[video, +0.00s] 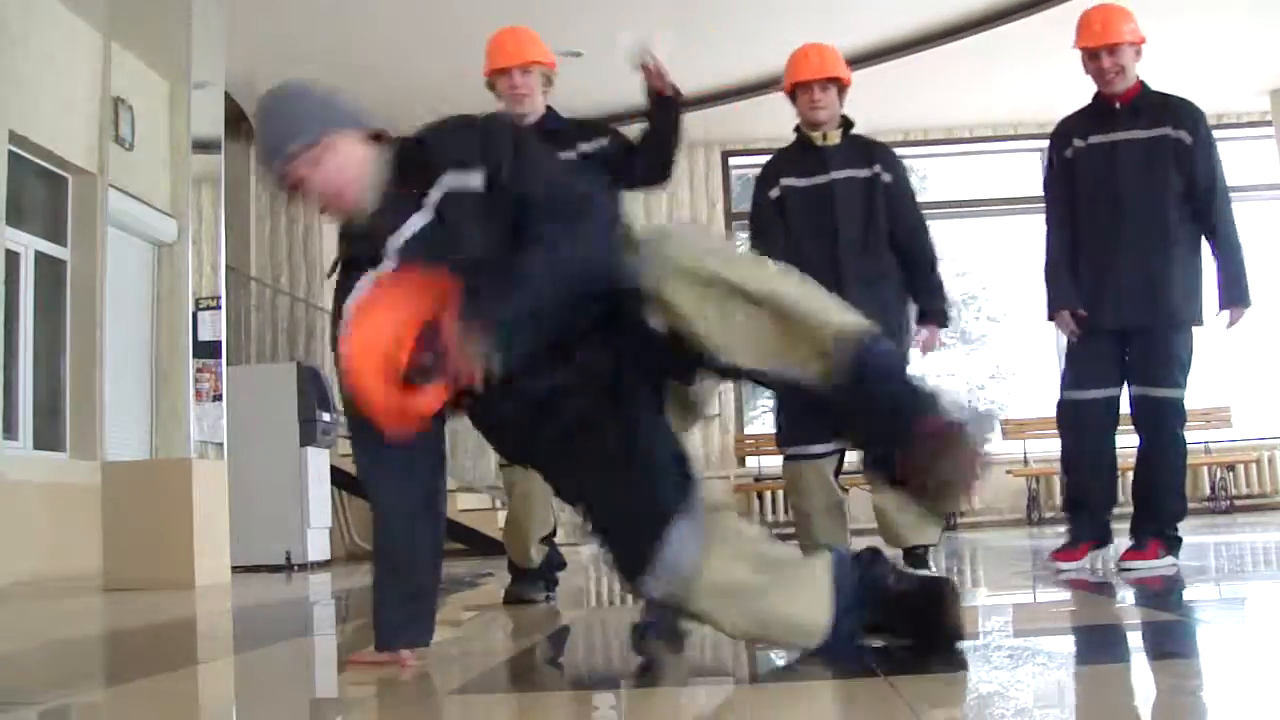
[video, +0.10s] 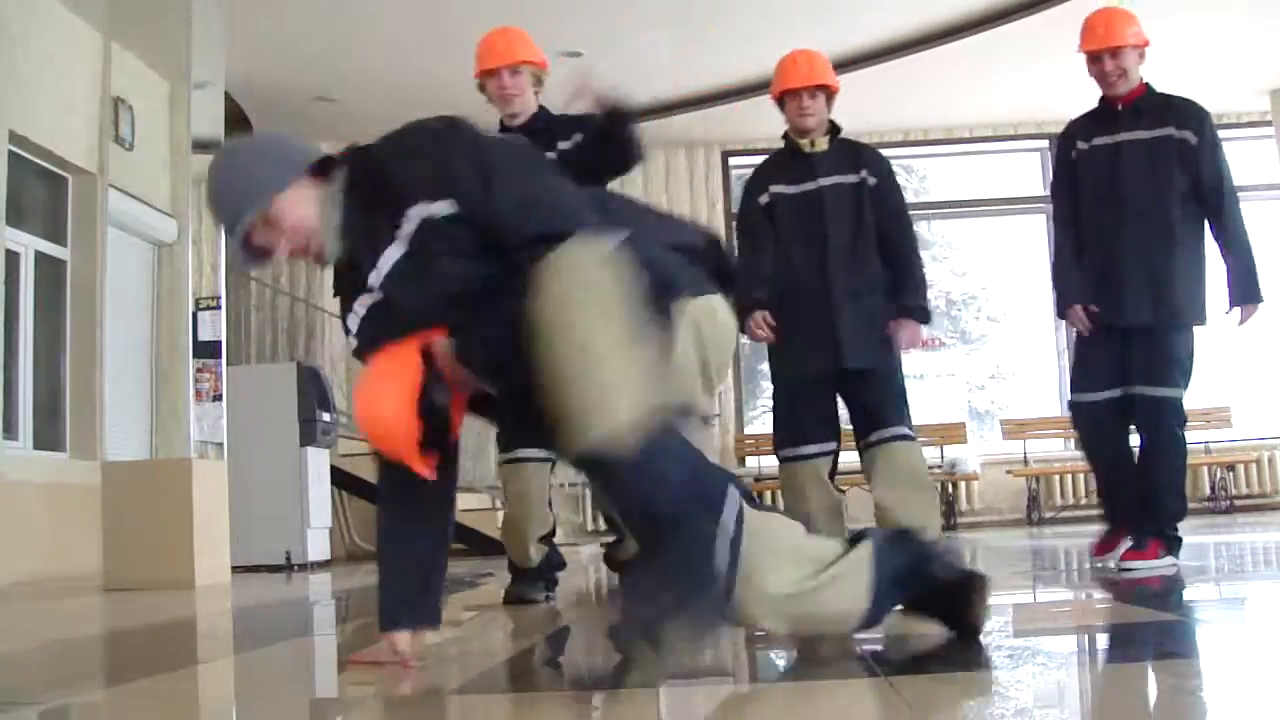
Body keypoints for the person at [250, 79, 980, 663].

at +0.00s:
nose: (314, 188)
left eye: (313, 162)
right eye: (295, 186)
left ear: (355, 131)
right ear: (299, 200)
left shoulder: (469, 150)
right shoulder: (363, 297)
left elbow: (591, 231)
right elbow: (401, 464)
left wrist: (488, 325)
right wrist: (401, 631)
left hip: (637, 329)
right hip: (580, 435)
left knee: (664, 254)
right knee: (692, 572)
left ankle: (901, 423)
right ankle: (888, 605)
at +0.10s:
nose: (275, 249)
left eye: (267, 228)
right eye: (259, 244)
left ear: (295, 181)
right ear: (272, 233)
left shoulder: (412, 156)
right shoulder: (375, 296)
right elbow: (410, 457)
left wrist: (387, 344)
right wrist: (404, 621)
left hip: (648, 285)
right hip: (591, 397)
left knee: (562, 280)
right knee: (743, 566)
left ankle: (680, 587)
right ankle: (916, 567)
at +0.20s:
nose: (262, 274)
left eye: (252, 256)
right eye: (250, 269)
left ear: (272, 208)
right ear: (272, 240)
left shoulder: (369, 166)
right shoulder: (374, 283)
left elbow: (530, 230)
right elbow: (427, 430)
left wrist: (401, 316)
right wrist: (404, 605)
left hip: (672, 272)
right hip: (610, 345)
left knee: (478, 355)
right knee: (734, 568)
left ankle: (632, 625)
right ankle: (955, 533)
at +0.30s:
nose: (269, 268)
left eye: (257, 254)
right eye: (258, 262)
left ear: (268, 207)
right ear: (280, 217)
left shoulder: (341, 146)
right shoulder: (380, 252)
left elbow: (485, 197)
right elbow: (424, 428)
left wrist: (433, 318)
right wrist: (401, 599)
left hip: (659, 201)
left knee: (446, 383)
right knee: (646, 488)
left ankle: (629, 623)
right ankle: (924, 503)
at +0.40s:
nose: (298, 242)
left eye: (283, 229)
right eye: (287, 237)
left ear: (277, 180)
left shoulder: (310, 120)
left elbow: (419, 150)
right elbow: (435, 368)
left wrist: (404, 267)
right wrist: (408, 553)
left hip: (588, 136)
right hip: (666, 142)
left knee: (469, 387)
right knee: (565, 379)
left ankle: (635, 615)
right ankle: (788, 534)